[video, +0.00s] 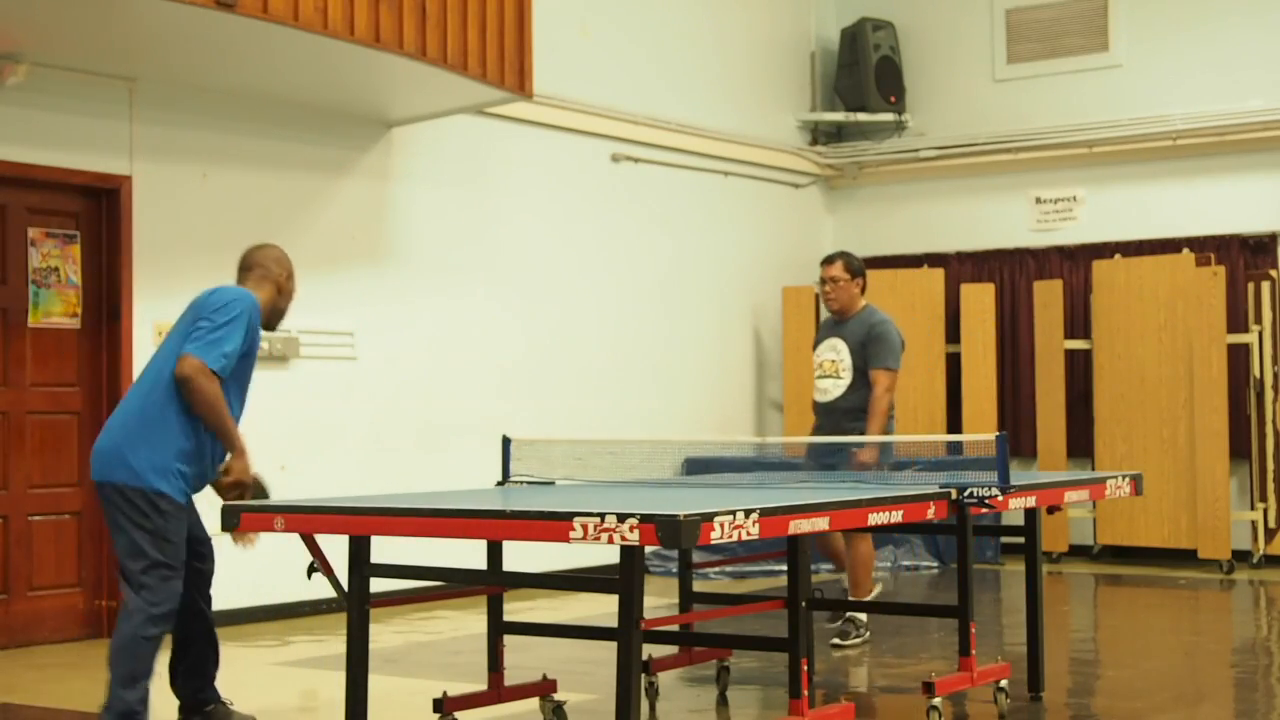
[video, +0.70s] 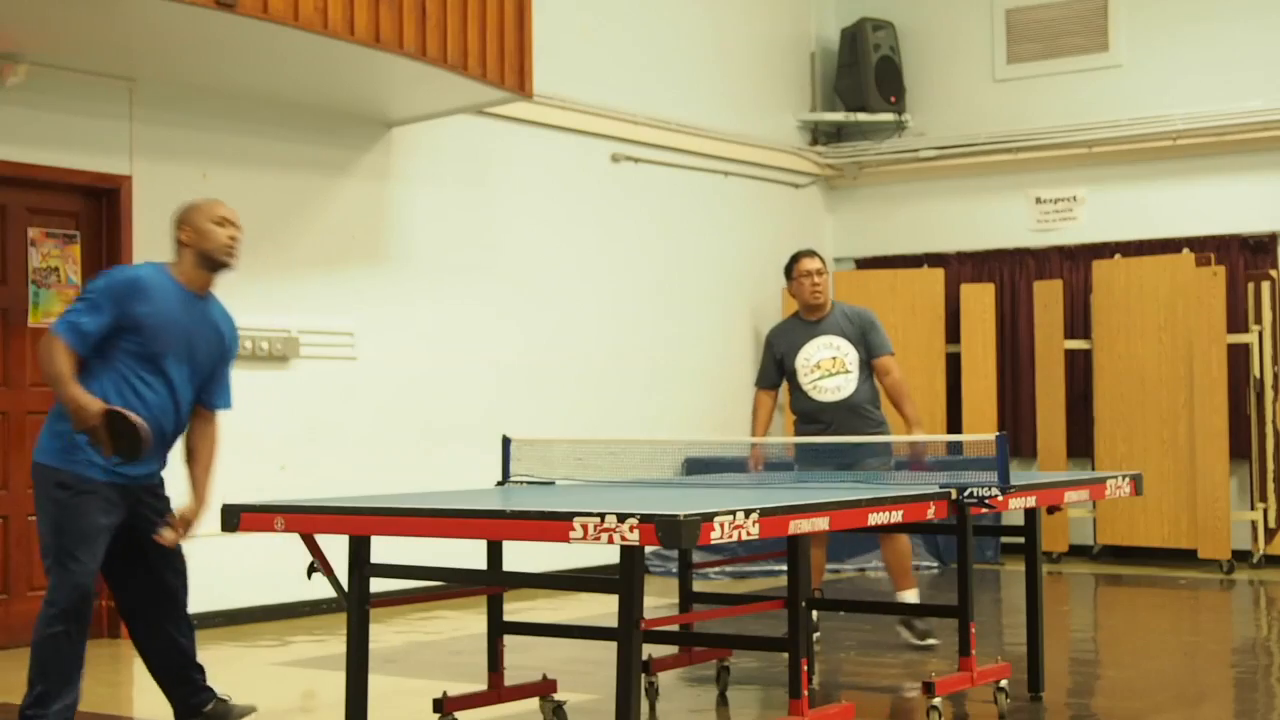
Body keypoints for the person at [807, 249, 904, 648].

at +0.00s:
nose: (827, 290)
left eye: (835, 282)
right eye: (824, 283)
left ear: (859, 284)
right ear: (822, 288)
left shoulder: (879, 328)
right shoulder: (827, 327)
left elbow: (883, 390)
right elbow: (825, 387)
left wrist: (871, 445)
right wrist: (813, 438)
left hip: (860, 444)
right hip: (824, 442)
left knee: (856, 524)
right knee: (812, 519)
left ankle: (857, 615)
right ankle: (863, 578)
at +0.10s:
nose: (821, 288)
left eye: (829, 280)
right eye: (817, 281)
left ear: (852, 283)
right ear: (815, 285)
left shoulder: (873, 325)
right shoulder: (819, 324)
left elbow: (873, 388)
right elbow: (818, 388)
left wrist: (853, 439)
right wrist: (805, 435)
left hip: (860, 443)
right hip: (819, 440)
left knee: (855, 523)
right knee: (807, 518)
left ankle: (857, 614)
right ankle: (828, 598)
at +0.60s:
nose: (808, 282)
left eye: (812, 274)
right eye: (799, 277)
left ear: (823, 278)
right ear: (786, 288)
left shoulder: (854, 319)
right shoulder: (776, 337)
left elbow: (879, 373)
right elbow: (764, 392)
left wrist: (892, 429)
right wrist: (749, 441)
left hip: (864, 441)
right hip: (810, 447)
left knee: (878, 522)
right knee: (810, 526)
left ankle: (885, 613)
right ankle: (809, 613)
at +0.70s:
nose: (813, 282)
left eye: (819, 274)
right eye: (803, 277)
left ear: (829, 279)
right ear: (791, 287)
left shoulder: (861, 320)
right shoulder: (780, 337)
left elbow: (888, 373)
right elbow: (766, 393)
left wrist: (915, 426)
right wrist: (757, 442)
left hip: (868, 442)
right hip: (814, 450)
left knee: (889, 521)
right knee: (812, 529)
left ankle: (910, 609)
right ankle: (809, 614)